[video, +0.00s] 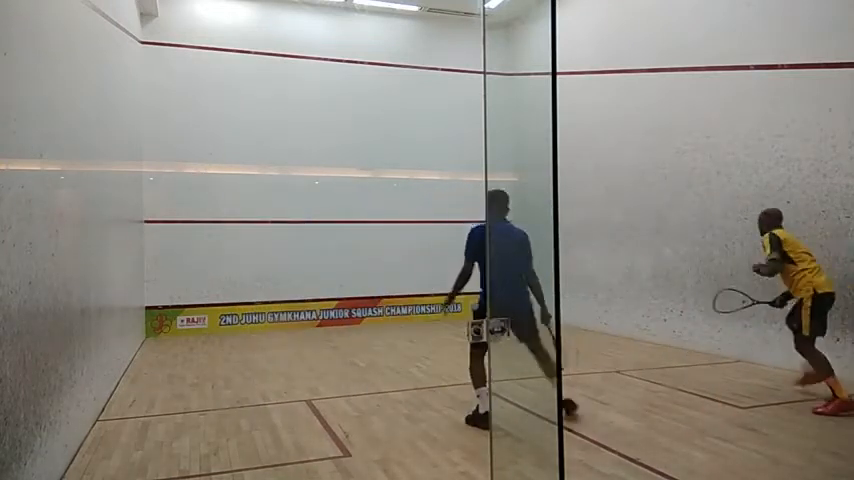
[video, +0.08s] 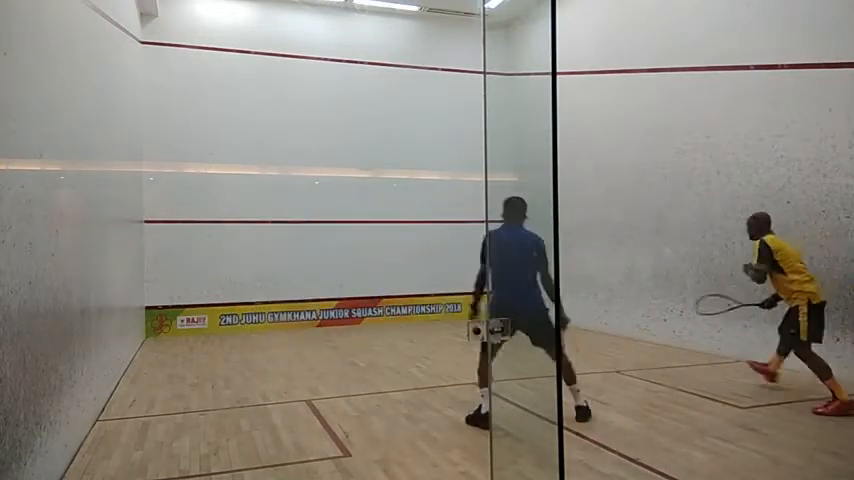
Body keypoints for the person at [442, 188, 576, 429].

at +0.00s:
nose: (504, 210)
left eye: (496, 206)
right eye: (504, 206)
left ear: (487, 207)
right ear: (506, 208)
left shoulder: (477, 233)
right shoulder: (520, 235)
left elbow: (468, 269)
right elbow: (530, 275)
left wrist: (452, 294)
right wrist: (543, 306)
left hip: (490, 305)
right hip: (519, 305)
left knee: (476, 355)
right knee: (537, 348)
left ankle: (483, 411)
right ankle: (563, 398)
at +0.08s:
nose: (519, 217)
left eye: (510, 212)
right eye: (521, 213)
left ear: (503, 214)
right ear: (524, 215)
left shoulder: (490, 239)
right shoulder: (534, 241)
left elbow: (482, 276)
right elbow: (546, 280)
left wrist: (474, 309)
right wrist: (560, 311)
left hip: (501, 309)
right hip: (532, 310)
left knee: (485, 357)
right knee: (560, 356)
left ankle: (484, 409)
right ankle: (580, 404)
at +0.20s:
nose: (542, 218)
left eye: (541, 214)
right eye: (541, 214)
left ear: (520, 213)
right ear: (538, 214)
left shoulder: (502, 237)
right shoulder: (546, 241)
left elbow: (494, 273)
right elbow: (560, 279)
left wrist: (493, 304)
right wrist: (579, 309)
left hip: (506, 307)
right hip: (538, 308)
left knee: (499, 354)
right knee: (563, 351)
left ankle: (491, 406)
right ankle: (581, 404)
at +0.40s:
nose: (557, 216)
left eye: (556, 211)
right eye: (557, 212)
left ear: (537, 209)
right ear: (556, 212)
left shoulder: (515, 229)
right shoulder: (554, 237)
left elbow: (491, 254)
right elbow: (565, 272)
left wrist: (480, 282)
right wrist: (604, 283)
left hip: (509, 303)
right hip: (539, 305)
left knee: (509, 349)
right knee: (560, 351)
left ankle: (507, 404)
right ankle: (580, 404)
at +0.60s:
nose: (555, 224)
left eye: (555, 219)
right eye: (555, 219)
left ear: (536, 214)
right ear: (554, 218)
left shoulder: (512, 230)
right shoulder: (552, 248)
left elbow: (484, 255)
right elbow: (563, 285)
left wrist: (463, 279)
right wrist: (593, 296)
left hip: (499, 304)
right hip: (529, 306)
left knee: (509, 352)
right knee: (554, 354)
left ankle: (510, 407)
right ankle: (579, 404)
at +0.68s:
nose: (548, 227)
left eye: (547, 223)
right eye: (548, 223)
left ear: (529, 215)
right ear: (548, 221)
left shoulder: (508, 230)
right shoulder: (545, 246)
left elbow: (483, 255)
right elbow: (550, 278)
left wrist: (462, 280)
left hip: (498, 302)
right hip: (526, 304)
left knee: (503, 352)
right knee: (551, 353)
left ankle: (510, 406)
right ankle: (578, 402)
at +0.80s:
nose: (541, 217)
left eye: (537, 213)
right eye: (542, 214)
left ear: (522, 210)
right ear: (541, 215)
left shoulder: (502, 229)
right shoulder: (543, 246)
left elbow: (481, 255)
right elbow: (533, 272)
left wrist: (459, 278)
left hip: (498, 302)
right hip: (525, 304)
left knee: (501, 352)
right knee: (550, 352)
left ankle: (510, 405)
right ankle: (575, 401)